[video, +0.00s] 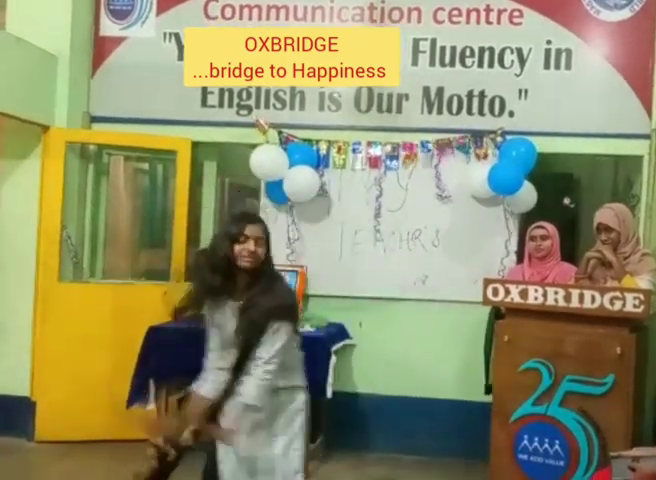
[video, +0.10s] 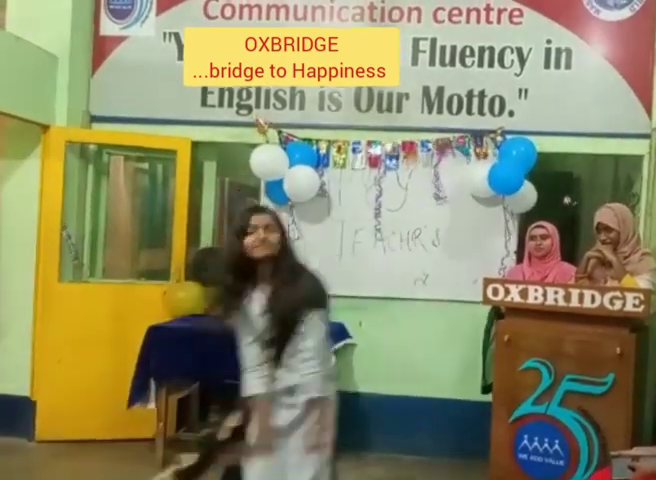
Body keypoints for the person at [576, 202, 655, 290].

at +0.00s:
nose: (603, 237)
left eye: (609, 230)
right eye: (599, 231)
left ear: (624, 230)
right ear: (595, 232)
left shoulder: (645, 262)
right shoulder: (593, 259)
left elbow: (641, 296)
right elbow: (577, 290)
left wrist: (614, 261)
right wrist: (585, 262)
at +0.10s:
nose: (602, 238)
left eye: (609, 230)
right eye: (598, 230)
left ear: (625, 229)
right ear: (595, 231)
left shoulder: (644, 260)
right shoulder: (593, 258)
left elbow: (641, 296)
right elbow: (576, 290)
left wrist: (614, 260)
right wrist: (585, 262)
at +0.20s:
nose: (602, 236)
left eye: (609, 228)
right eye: (599, 229)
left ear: (625, 228)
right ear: (595, 230)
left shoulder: (646, 260)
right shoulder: (593, 257)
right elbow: (577, 288)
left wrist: (615, 259)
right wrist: (586, 259)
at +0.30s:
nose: (602, 236)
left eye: (609, 228)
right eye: (599, 229)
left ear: (625, 228)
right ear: (595, 230)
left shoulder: (646, 259)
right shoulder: (593, 256)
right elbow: (577, 287)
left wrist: (615, 259)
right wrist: (586, 258)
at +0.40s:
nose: (602, 236)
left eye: (609, 228)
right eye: (599, 229)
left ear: (625, 228)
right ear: (595, 229)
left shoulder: (646, 259)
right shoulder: (594, 256)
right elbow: (577, 287)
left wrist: (615, 259)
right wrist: (586, 258)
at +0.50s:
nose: (602, 235)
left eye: (609, 228)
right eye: (599, 228)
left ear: (625, 227)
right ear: (595, 229)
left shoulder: (646, 259)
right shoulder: (593, 256)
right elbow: (576, 287)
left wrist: (615, 258)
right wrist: (585, 260)